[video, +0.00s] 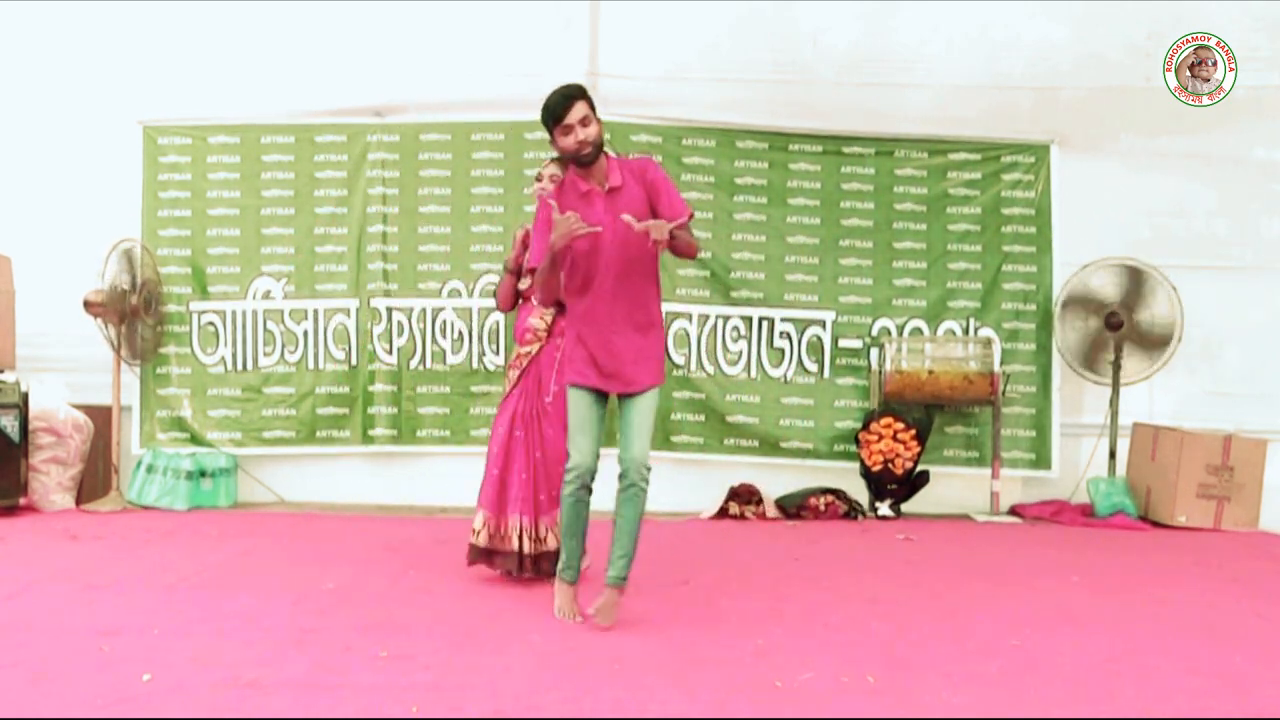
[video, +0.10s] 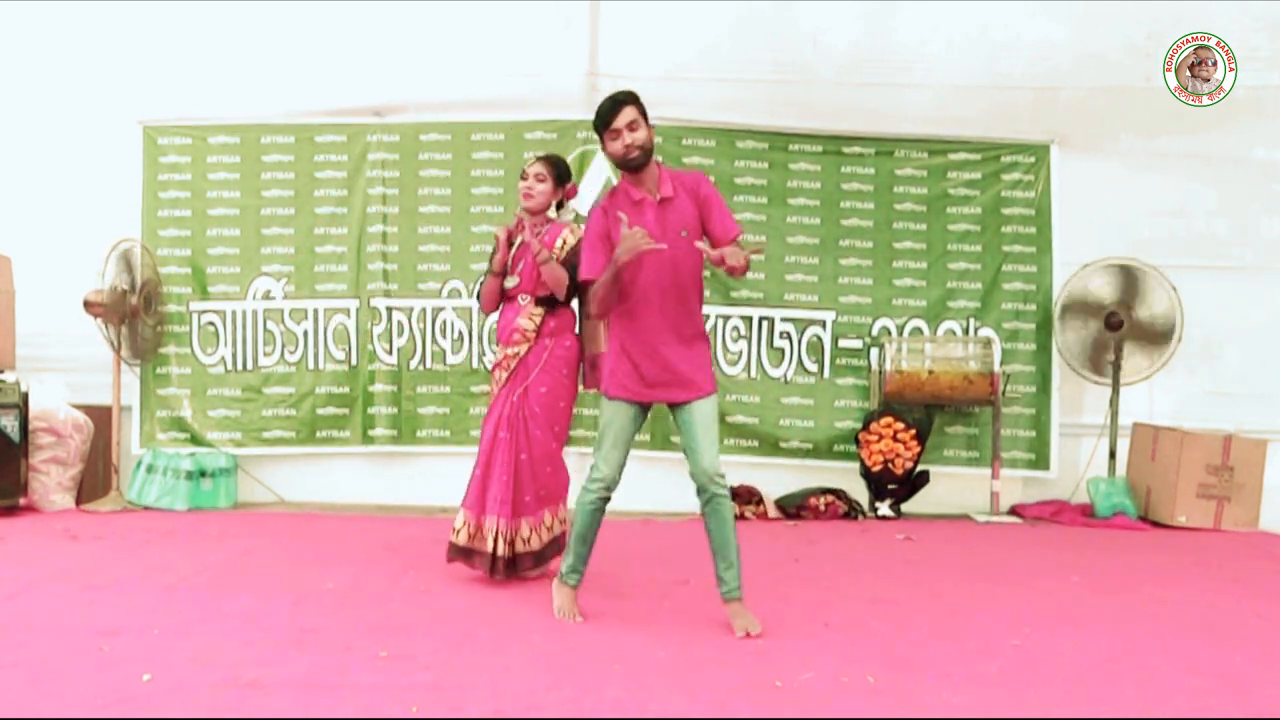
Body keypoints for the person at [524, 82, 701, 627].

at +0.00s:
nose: (582, 134)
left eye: (586, 121)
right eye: (569, 130)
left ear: (599, 119)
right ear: (555, 140)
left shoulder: (645, 173)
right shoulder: (555, 196)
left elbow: (691, 247)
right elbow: (546, 294)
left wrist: (666, 232)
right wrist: (556, 244)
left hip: (640, 343)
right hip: (581, 343)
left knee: (635, 465)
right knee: (582, 466)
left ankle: (616, 585)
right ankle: (567, 577)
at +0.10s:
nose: (629, 139)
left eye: (635, 126)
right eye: (616, 134)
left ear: (651, 127)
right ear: (605, 147)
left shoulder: (695, 188)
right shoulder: (606, 212)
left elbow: (738, 259)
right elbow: (594, 305)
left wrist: (727, 259)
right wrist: (617, 261)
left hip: (688, 357)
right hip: (628, 359)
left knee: (710, 474)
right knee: (604, 476)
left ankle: (734, 597)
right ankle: (568, 581)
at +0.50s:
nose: (807, 117)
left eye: (817, 108)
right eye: (797, 109)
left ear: (837, 117)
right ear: (786, 121)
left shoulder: (859, 177)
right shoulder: (777, 182)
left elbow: (915, 232)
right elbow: (791, 254)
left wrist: (933, 213)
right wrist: (850, 203)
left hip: (854, 349)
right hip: (799, 351)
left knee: (877, 466)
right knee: (798, 473)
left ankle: (852, 588)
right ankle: (774, 590)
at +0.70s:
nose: (905, 131)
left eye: (915, 123)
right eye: (895, 123)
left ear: (930, 135)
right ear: (879, 135)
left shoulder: (943, 204)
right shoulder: (861, 200)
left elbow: (980, 277)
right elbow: (879, 277)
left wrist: (1007, 253)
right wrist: (945, 240)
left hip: (939, 363)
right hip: (882, 365)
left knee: (969, 489)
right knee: (878, 488)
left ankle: (962, 603)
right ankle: (807, 577)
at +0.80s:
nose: (953, 121)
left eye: (962, 113)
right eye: (942, 112)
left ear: (974, 124)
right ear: (922, 121)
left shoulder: (978, 191)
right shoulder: (898, 183)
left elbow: (1015, 257)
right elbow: (923, 254)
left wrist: (1045, 228)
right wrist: (989, 216)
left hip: (980, 355)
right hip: (924, 354)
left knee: (995, 476)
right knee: (942, 474)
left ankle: (969, 591)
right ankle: (915, 576)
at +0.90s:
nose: (977, 116)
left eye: (987, 108)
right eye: (967, 106)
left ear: (997, 119)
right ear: (946, 114)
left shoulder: (996, 182)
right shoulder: (920, 175)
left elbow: (1033, 239)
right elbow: (949, 244)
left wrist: (1064, 210)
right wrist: (1008, 204)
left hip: (1004, 346)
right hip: (949, 347)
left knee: (1027, 464)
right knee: (968, 468)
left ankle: (1002, 586)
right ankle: (953, 587)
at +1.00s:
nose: (1006, 123)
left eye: (1015, 114)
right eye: (994, 114)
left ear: (1027, 124)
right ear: (975, 123)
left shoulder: (1033, 190)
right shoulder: (953, 190)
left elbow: (1068, 241)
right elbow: (980, 265)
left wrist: (1093, 211)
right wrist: (1041, 217)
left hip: (1035, 348)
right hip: (978, 349)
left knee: (1068, 474)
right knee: (984, 474)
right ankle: (950, 588)